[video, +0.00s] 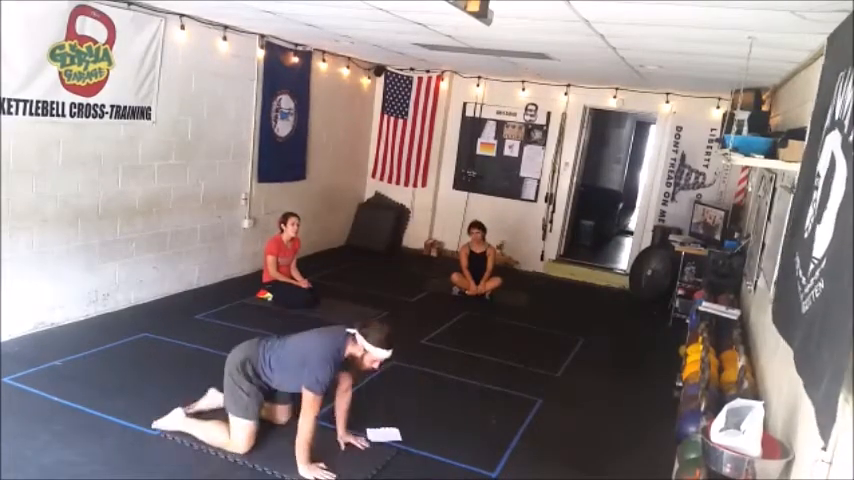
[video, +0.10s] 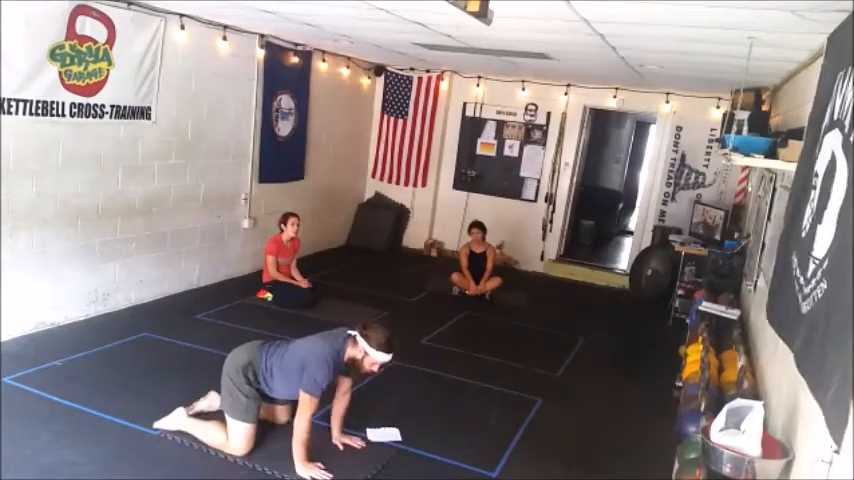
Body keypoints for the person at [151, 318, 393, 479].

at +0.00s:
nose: (378, 364)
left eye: (383, 360)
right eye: (376, 359)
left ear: (361, 342)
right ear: (359, 347)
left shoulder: (350, 340)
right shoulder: (323, 363)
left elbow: (343, 388)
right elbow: (307, 415)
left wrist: (342, 432)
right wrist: (304, 464)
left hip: (271, 356)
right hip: (245, 364)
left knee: (281, 414)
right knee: (240, 442)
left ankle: (221, 400)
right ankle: (179, 421)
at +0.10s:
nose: (379, 368)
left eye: (383, 364)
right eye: (377, 362)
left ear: (363, 346)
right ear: (360, 349)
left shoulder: (354, 345)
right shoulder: (322, 360)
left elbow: (343, 391)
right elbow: (303, 415)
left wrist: (336, 433)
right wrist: (301, 462)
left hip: (271, 358)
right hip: (244, 366)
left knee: (281, 414)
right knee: (238, 445)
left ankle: (220, 402)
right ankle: (181, 420)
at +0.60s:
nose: (365, 372)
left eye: (370, 370)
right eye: (366, 367)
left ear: (363, 347)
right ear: (361, 352)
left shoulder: (350, 347)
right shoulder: (317, 352)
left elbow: (344, 394)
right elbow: (257, 355)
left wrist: (341, 436)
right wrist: (285, 346)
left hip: (270, 365)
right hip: (242, 366)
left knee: (281, 413)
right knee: (238, 445)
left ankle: (219, 402)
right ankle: (180, 420)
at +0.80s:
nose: (356, 375)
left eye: (360, 373)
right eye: (359, 372)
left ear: (365, 351)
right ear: (359, 362)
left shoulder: (350, 335)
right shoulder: (314, 357)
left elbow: (346, 391)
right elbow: (257, 352)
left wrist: (342, 436)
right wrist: (276, 338)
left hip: (272, 364)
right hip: (244, 368)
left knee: (281, 413)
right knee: (238, 445)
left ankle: (218, 402)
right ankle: (182, 420)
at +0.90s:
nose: (380, 355)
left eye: (383, 350)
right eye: (379, 349)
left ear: (362, 336)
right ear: (365, 343)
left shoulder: (349, 339)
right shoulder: (318, 364)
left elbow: (345, 393)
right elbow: (260, 362)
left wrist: (342, 436)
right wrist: (280, 343)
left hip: (269, 360)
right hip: (244, 369)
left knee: (282, 412)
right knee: (238, 445)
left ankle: (217, 402)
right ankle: (182, 420)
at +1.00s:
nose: (374, 330)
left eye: (374, 323)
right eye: (371, 323)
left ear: (353, 322)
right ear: (354, 323)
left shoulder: (345, 348)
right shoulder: (320, 354)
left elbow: (344, 393)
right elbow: (260, 365)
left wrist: (343, 437)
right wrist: (282, 344)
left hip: (266, 358)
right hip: (241, 368)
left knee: (281, 410)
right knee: (237, 446)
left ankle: (217, 402)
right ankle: (180, 419)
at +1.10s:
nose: (366, 317)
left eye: (364, 311)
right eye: (359, 312)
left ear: (345, 317)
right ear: (339, 316)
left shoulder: (342, 349)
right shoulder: (315, 348)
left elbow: (343, 393)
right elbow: (255, 363)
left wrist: (342, 436)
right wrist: (276, 345)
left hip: (263, 361)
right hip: (238, 369)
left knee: (280, 411)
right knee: (237, 446)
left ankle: (217, 403)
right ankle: (180, 421)